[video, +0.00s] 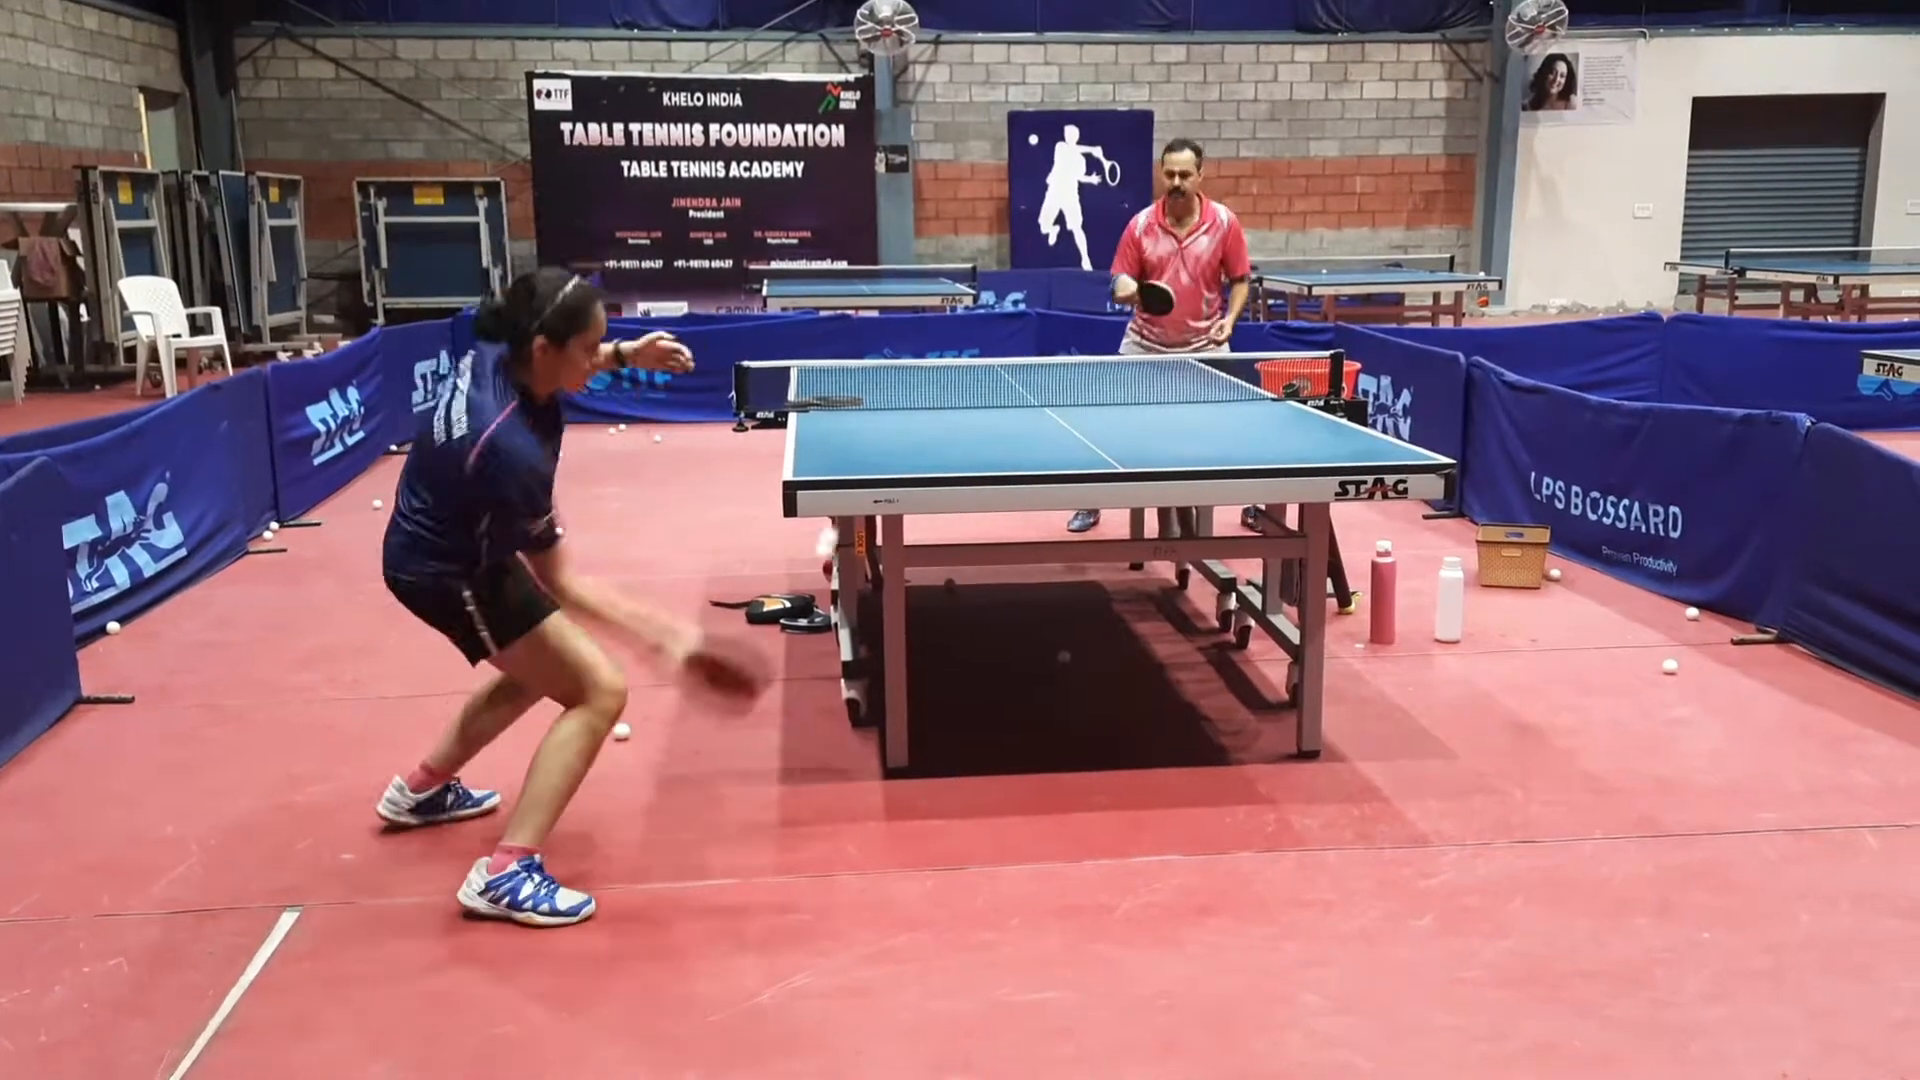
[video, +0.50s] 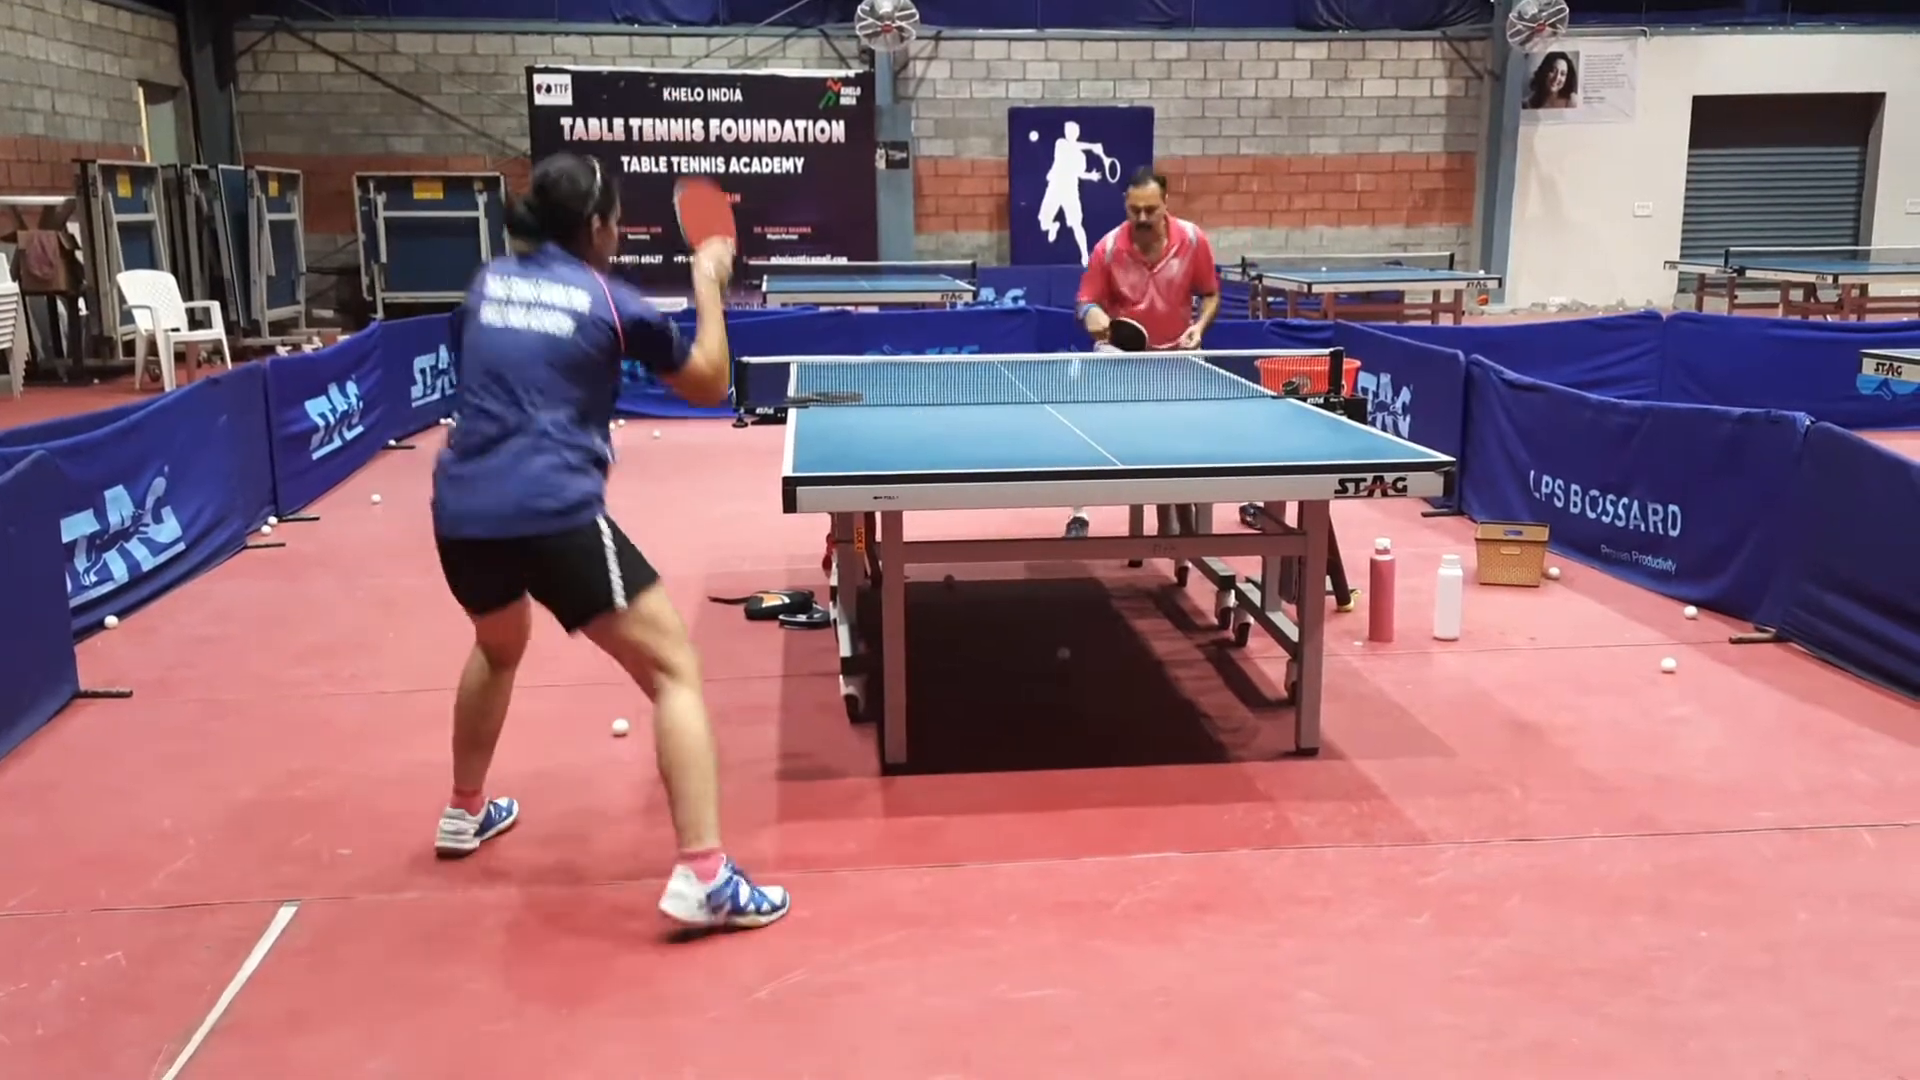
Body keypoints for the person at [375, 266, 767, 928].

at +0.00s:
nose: (599, 359)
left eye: (601, 345)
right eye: (589, 349)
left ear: (542, 342)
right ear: (544, 352)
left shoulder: (490, 343)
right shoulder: (516, 452)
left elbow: (560, 362)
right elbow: (557, 582)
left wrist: (627, 355)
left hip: (429, 549)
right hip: (453, 572)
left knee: (539, 668)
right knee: (600, 694)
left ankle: (421, 787)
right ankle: (508, 869)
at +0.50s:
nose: (619, 229)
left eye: (617, 216)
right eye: (615, 217)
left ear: (534, 218)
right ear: (596, 224)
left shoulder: (485, 282)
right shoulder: (609, 301)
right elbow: (707, 382)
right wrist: (710, 285)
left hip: (463, 515)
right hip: (558, 515)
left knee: (496, 646)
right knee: (672, 672)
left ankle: (462, 811)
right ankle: (704, 872)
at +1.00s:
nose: (698, 225)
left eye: (694, 213)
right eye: (693, 215)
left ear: (628, 220)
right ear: (672, 230)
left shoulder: (595, 261)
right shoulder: (639, 318)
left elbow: (605, 376)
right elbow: (636, 456)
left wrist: (701, 396)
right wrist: (725, 465)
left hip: (463, 466)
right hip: (514, 486)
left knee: (527, 621)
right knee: (639, 648)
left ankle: (460, 773)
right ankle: (620, 852)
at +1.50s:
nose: (631, 185)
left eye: (626, 173)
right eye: (626, 174)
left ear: (562, 183)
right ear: (605, 185)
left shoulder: (550, 241)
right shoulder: (571, 267)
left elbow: (549, 350)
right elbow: (518, 383)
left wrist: (584, 408)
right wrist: (592, 473)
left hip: (480, 459)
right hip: (505, 465)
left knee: (524, 625)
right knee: (590, 632)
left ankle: (472, 774)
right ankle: (594, 834)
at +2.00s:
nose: (661, 212)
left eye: (659, 199)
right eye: (657, 200)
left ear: (594, 202)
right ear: (632, 208)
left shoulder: (553, 247)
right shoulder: (611, 294)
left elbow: (581, 352)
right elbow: (640, 424)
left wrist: (664, 362)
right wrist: (712, 406)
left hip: (444, 461)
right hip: (497, 475)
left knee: (504, 609)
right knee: (603, 641)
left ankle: (457, 761)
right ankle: (575, 837)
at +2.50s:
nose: (557, 247)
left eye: (561, 234)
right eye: (546, 235)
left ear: (509, 229)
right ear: (499, 226)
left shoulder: (477, 272)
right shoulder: (475, 289)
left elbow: (531, 360)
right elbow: (547, 380)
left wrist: (609, 337)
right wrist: (617, 312)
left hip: (405, 479)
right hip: (435, 481)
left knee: (450, 619)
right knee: (547, 634)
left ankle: (371, 744)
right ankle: (573, 829)